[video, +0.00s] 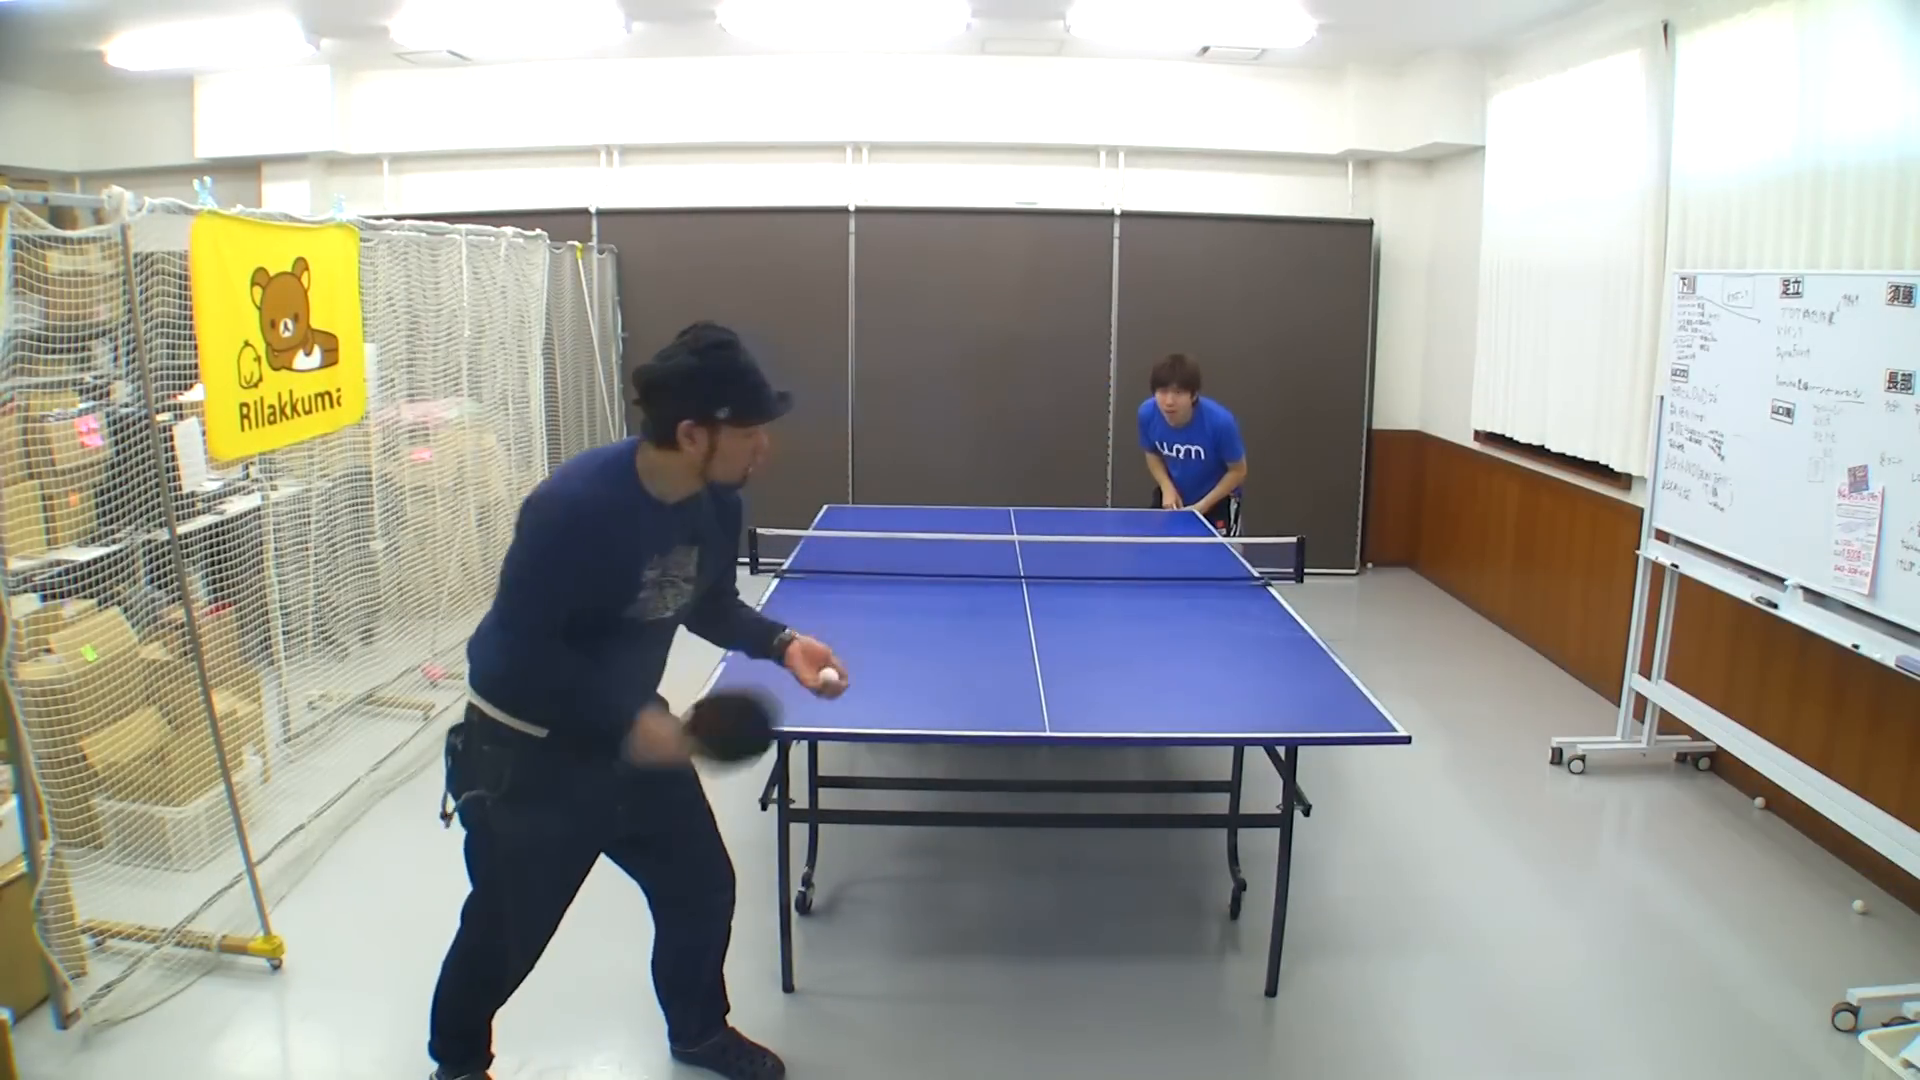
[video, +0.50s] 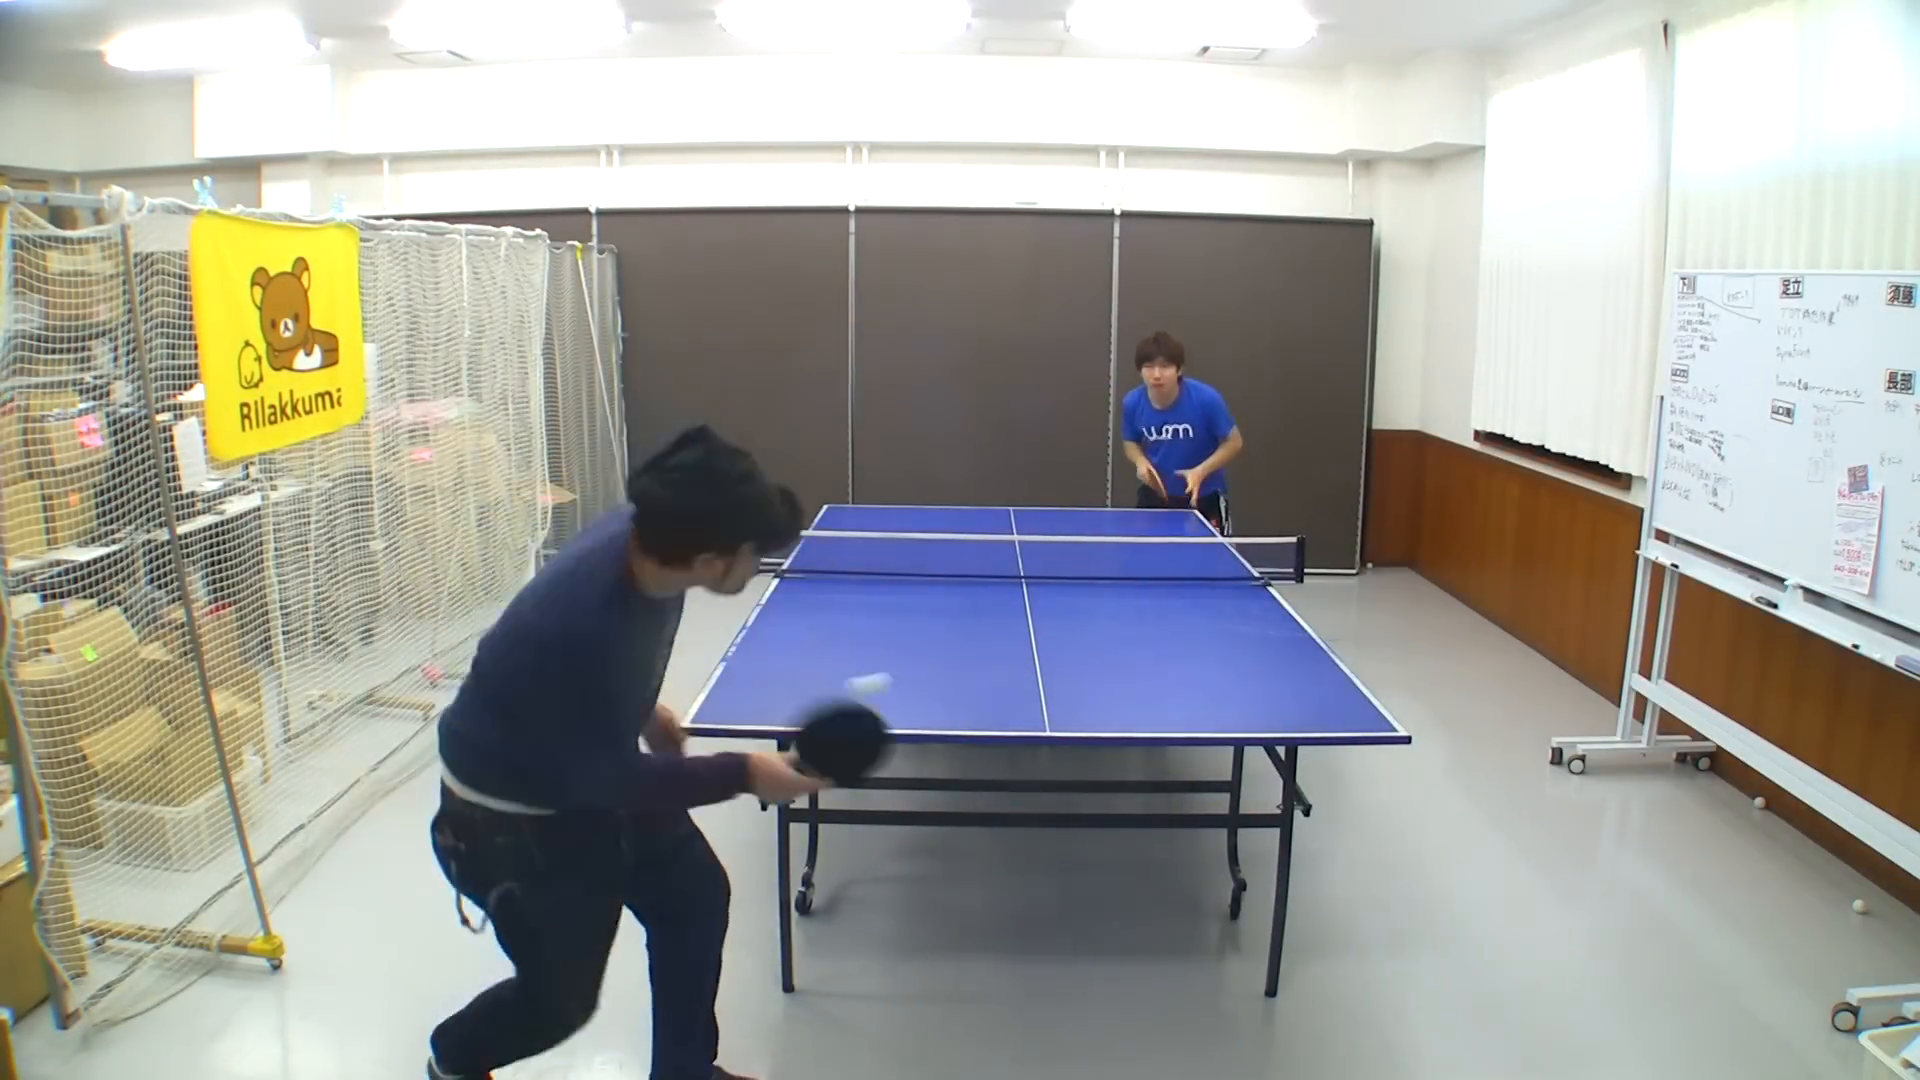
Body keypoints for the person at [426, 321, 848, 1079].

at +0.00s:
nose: (764, 445)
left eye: (763, 427)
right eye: (751, 429)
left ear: (699, 435)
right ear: (693, 434)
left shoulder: (715, 499)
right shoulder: (573, 507)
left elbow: (705, 604)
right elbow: (506, 656)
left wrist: (784, 644)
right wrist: (624, 716)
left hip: (630, 737)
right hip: (527, 748)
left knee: (701, 892)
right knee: (505, 932)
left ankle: (698, 1035)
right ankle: (457, 1061)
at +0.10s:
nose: (741, 462)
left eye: (741, 446)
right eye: (728, 448)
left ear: (679, 450)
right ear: (668, 449)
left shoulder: (705, 506)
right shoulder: (542, 518)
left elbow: (709, 604)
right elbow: (452, 632)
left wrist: (778, 613)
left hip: (627, 742)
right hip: (525, 760)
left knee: (695, 892)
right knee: (500, 942)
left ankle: (697, 1033)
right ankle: (457, 1059)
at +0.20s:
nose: (728, 476)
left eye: (727, 460)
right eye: (715, 464)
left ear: (661, 470)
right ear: (653, 470)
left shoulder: (697, 514)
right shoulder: (521, 529)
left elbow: (695, 591)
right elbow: (398, 603)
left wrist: (740, 659)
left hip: (620, 744)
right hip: (514, 761)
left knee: (691, 892)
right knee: (503, 943)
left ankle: (698, 1033)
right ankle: (457, 1056)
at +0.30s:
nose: (723, 498)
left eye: (722, 481)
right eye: (708, 485)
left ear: (649, 491)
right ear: (640, 491)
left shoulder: (695, 536)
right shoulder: (512, 543)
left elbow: (668, 607)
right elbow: (396, 620)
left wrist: (682, 688)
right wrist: (368, 754)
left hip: (619, 752)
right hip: (512, 771)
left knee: (699, 883)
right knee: (507, 951)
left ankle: (696, 1036)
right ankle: (456, 1058)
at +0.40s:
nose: (730, 539)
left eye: (730, 523)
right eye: (715, 525)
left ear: (660, 520)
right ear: (652, 524)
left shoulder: (688, 557)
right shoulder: (519, 586)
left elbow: (639, 630)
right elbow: (467, 722)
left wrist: (657, 688)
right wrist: (526, 795)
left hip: (612, 757)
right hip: (520, 779)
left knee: (703, 879)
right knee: (529, 969)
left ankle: (683, 1059)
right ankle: (455, 1055)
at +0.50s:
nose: (753, 569)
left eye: (755, 554)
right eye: (750, 556)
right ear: (705, 558)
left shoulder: (649, 542)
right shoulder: (581, 629)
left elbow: (595, 657)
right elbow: (600, 781)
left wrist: (645, 710)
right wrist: (744, 773)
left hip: (589, 778)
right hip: (513, 817)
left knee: (694, 899)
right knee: (561, 1000)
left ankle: (685, 1068)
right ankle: (452, 1057)